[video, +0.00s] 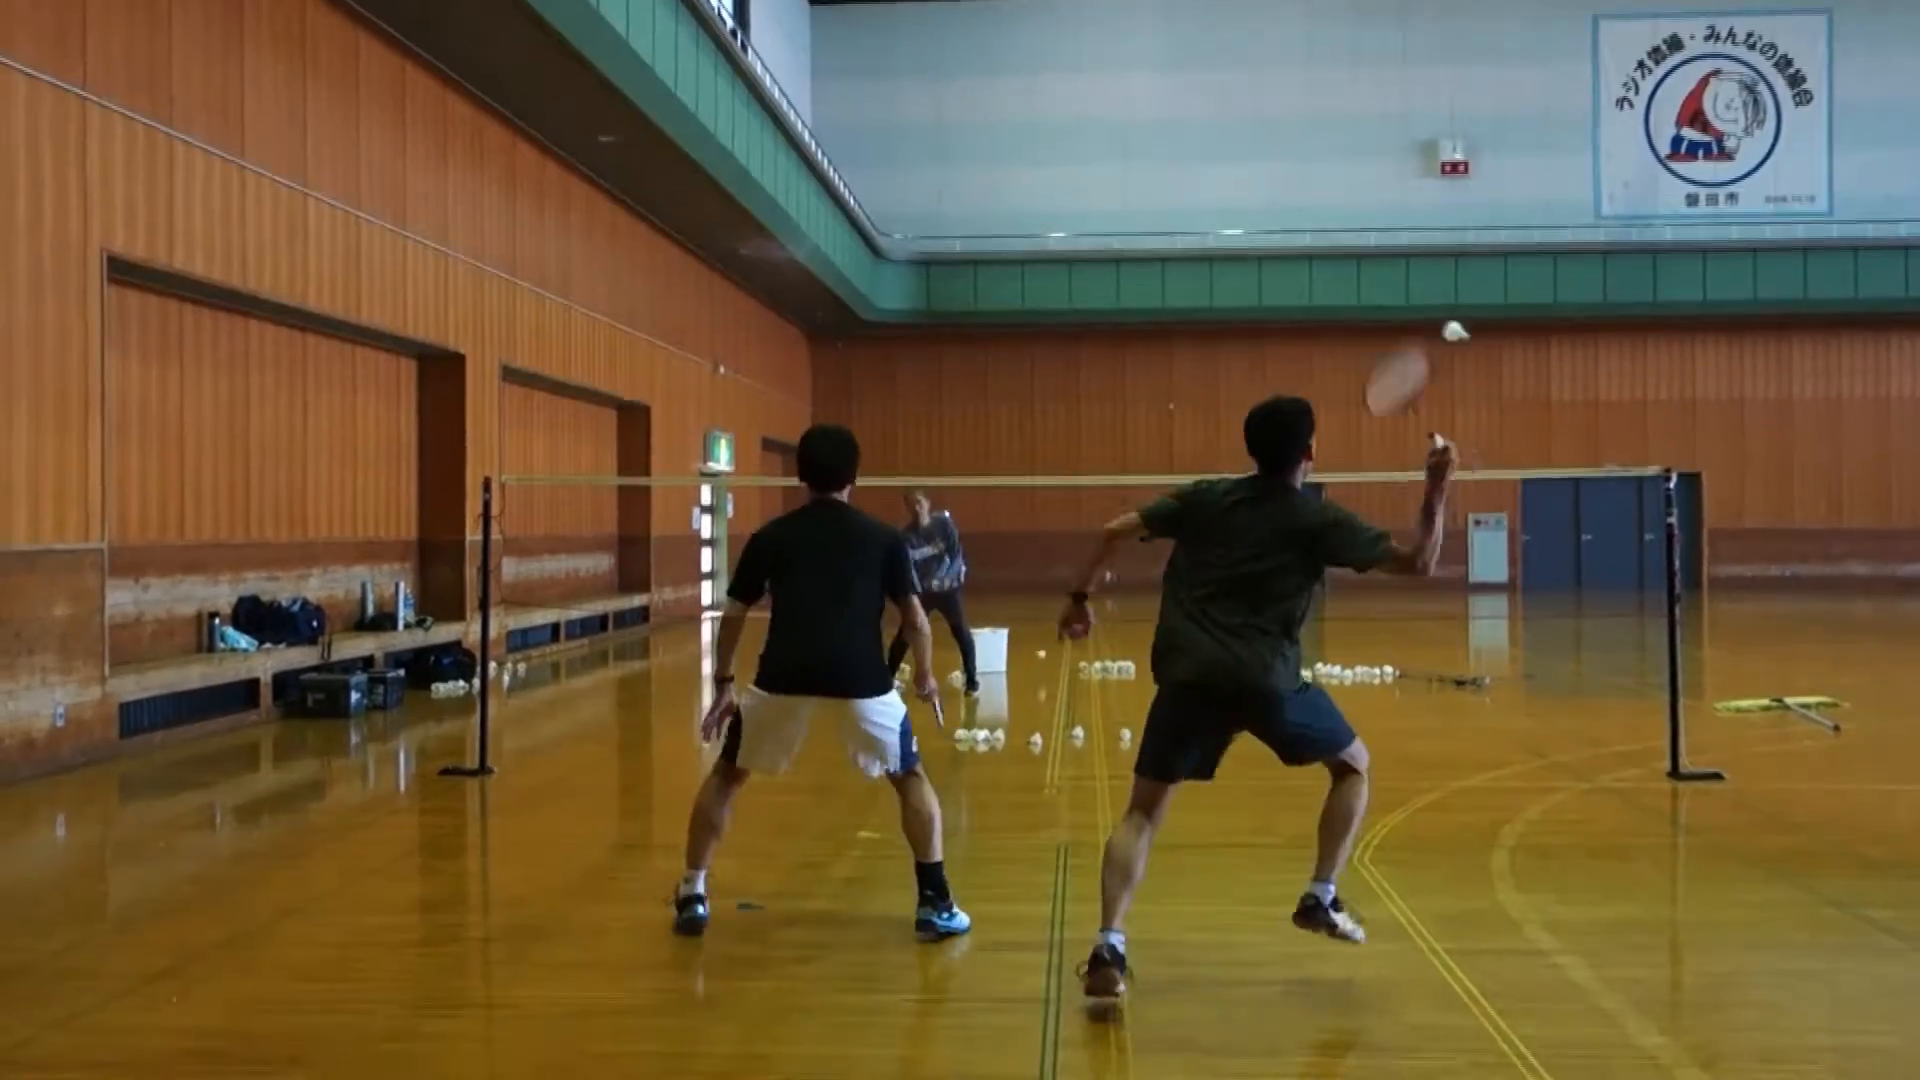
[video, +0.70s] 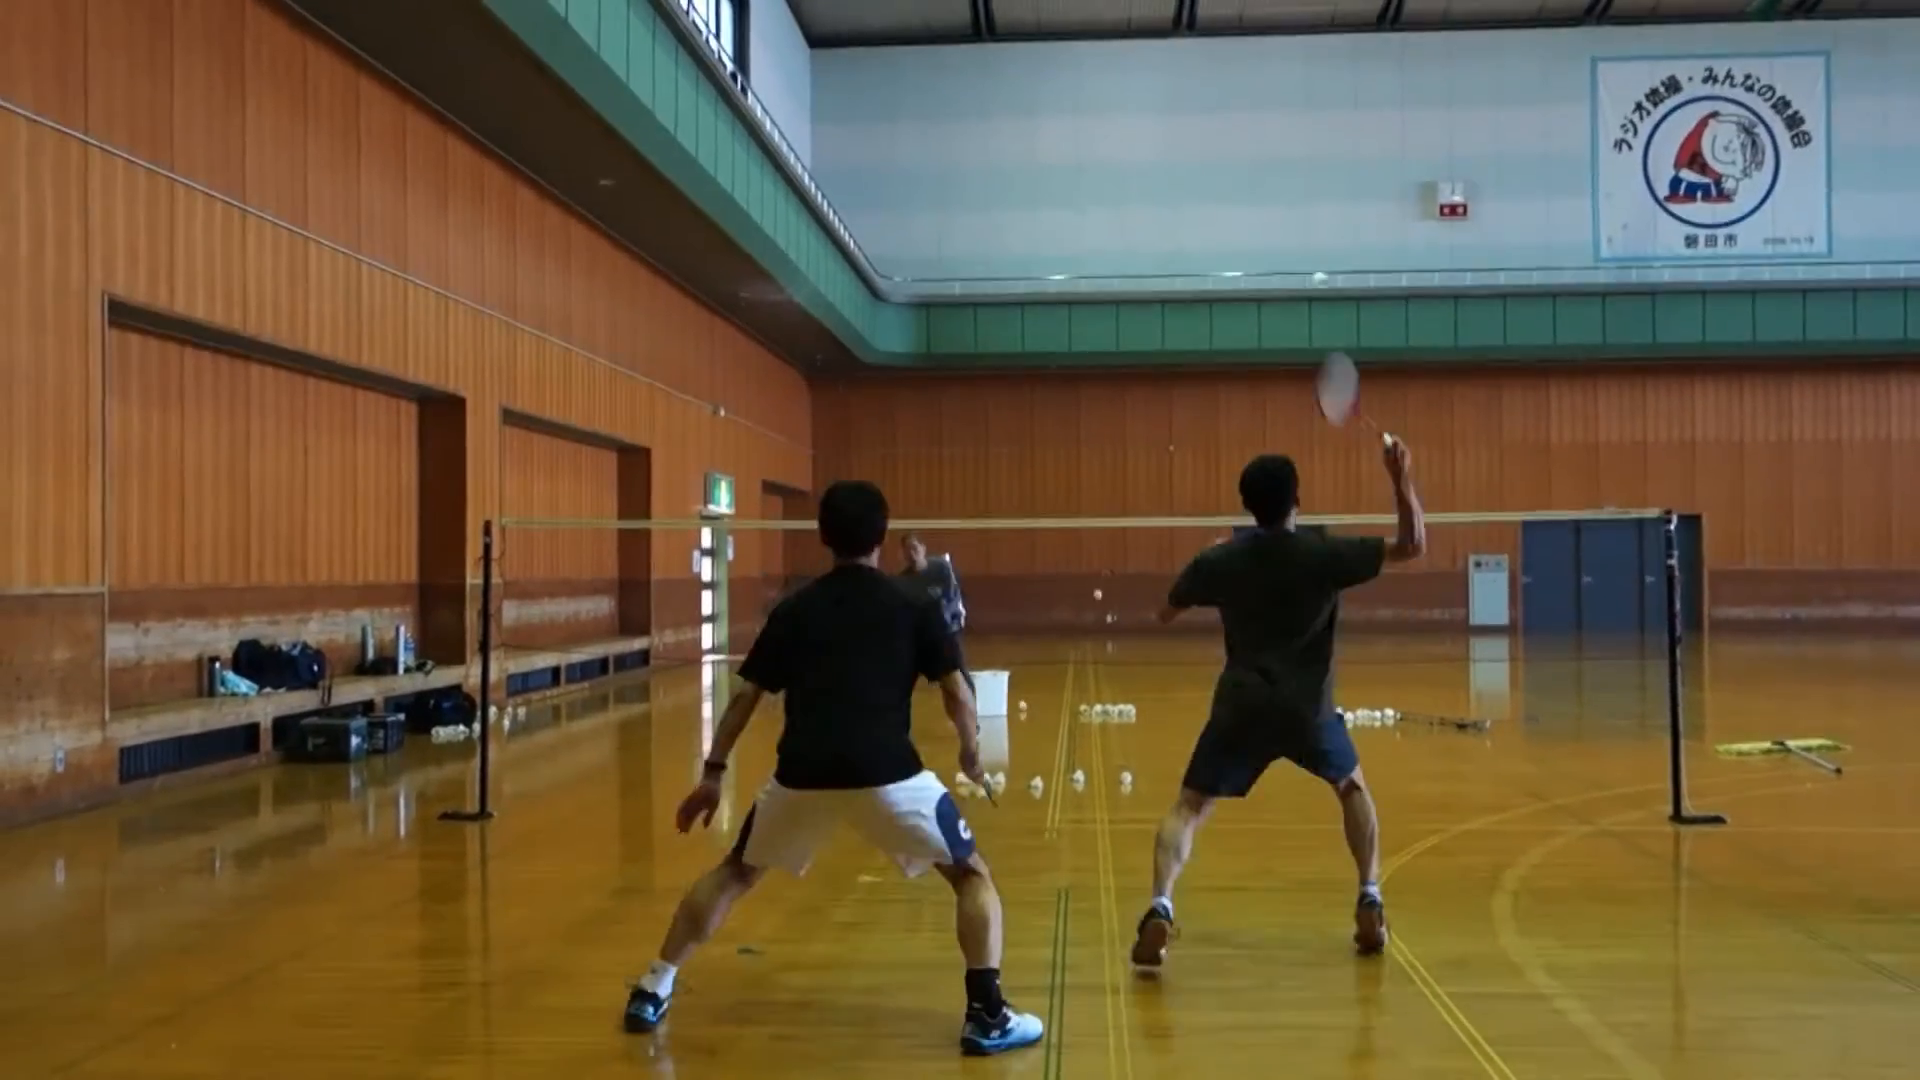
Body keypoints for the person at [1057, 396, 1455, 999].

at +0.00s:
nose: (1315, 452)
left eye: (1309, 442)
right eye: (1313, 444)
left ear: (1251, 451)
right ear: (1306, 454)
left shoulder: (1206, 499)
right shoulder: (1314, 518)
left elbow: (1116, 531)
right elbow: (1418, 560)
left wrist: (1079, 595)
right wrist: (1437, 484)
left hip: (1185, 678)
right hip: (1265, 679)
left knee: (1140, 811)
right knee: (1352, 766)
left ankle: (1108, 943)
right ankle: (1323, 895)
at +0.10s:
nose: (1322, 466)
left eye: (1316, 458)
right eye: (1321, 459)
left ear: (1261, 465)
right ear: (1316, 468)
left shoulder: (1222, 511)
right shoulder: (1329, 529)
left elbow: (1149, 567)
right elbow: (1410, 543)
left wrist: (1137, 632)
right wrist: (1458, 512)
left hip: (1193, 675)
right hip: (1271, 682)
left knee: (1145, 813)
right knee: (1332, 776)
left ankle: (1105, 948)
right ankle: (1342, 905)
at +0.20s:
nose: (1319, 505)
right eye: (1317, 499)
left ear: (1256, 508)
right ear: (1313, 510)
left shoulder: (1225, 562)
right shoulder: (1330, 580)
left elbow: (1169, 622)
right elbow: (1389, 618)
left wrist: (1162, 675)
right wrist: (1412, 645)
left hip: (1215, 725)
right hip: (1288, 733)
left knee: (1158, 838)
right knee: (1322, 827)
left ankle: (1132, 933)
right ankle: (1344, 947)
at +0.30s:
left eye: (1243, 513)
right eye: (1293, 517)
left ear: (1242, 521)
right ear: (1296, 525)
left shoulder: (1216, 577)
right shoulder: (1321, 590)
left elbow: (1171, 640)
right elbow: (1365, 670)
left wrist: (1163, 696)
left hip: (1229, 723)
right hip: (1300, 729)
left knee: (1161, 827)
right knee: (1323, 832)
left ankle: (1163, 935)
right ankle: (1354, 950)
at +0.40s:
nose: (1233, 517)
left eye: (1232, 510)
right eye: (1275, 512)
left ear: (1229, 515)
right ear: (1282, 518)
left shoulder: (1206, 567)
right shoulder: (1310, 582)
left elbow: (1183, 623)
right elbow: (1332, 663)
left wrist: (1163, 689)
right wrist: (1345, 725)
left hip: (1224, 719)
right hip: (1295, 719)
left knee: (1173, 832)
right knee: (1326, 810)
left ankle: (1172, 951)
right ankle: (1357, 912)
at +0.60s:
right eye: (1281, 507)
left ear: (1232, 515)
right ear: (1282, 514)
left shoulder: (1210, 570)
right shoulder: (1302, 572)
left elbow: (1181, 604)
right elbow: (1387, 608)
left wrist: (1225, 562)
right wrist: (1400, 564)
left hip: (1216, 724)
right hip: (1285, 724)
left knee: (1181, 832)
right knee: (1333, 811)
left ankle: (1156, 940)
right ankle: (1349, 922)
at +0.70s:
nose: (1288, 499)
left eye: (1260, 495)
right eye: (1291, 492)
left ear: (1247, 503)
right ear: (1296, 500)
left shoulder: (1221, 562)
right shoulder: (1322, 553)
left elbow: (1168, 610)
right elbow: (1411, 546)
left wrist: (1214, 555)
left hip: (1239, 709)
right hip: (1307, 710)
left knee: (1189, 807)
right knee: (1352, 789)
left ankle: (1160, 904)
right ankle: (1370, 894)